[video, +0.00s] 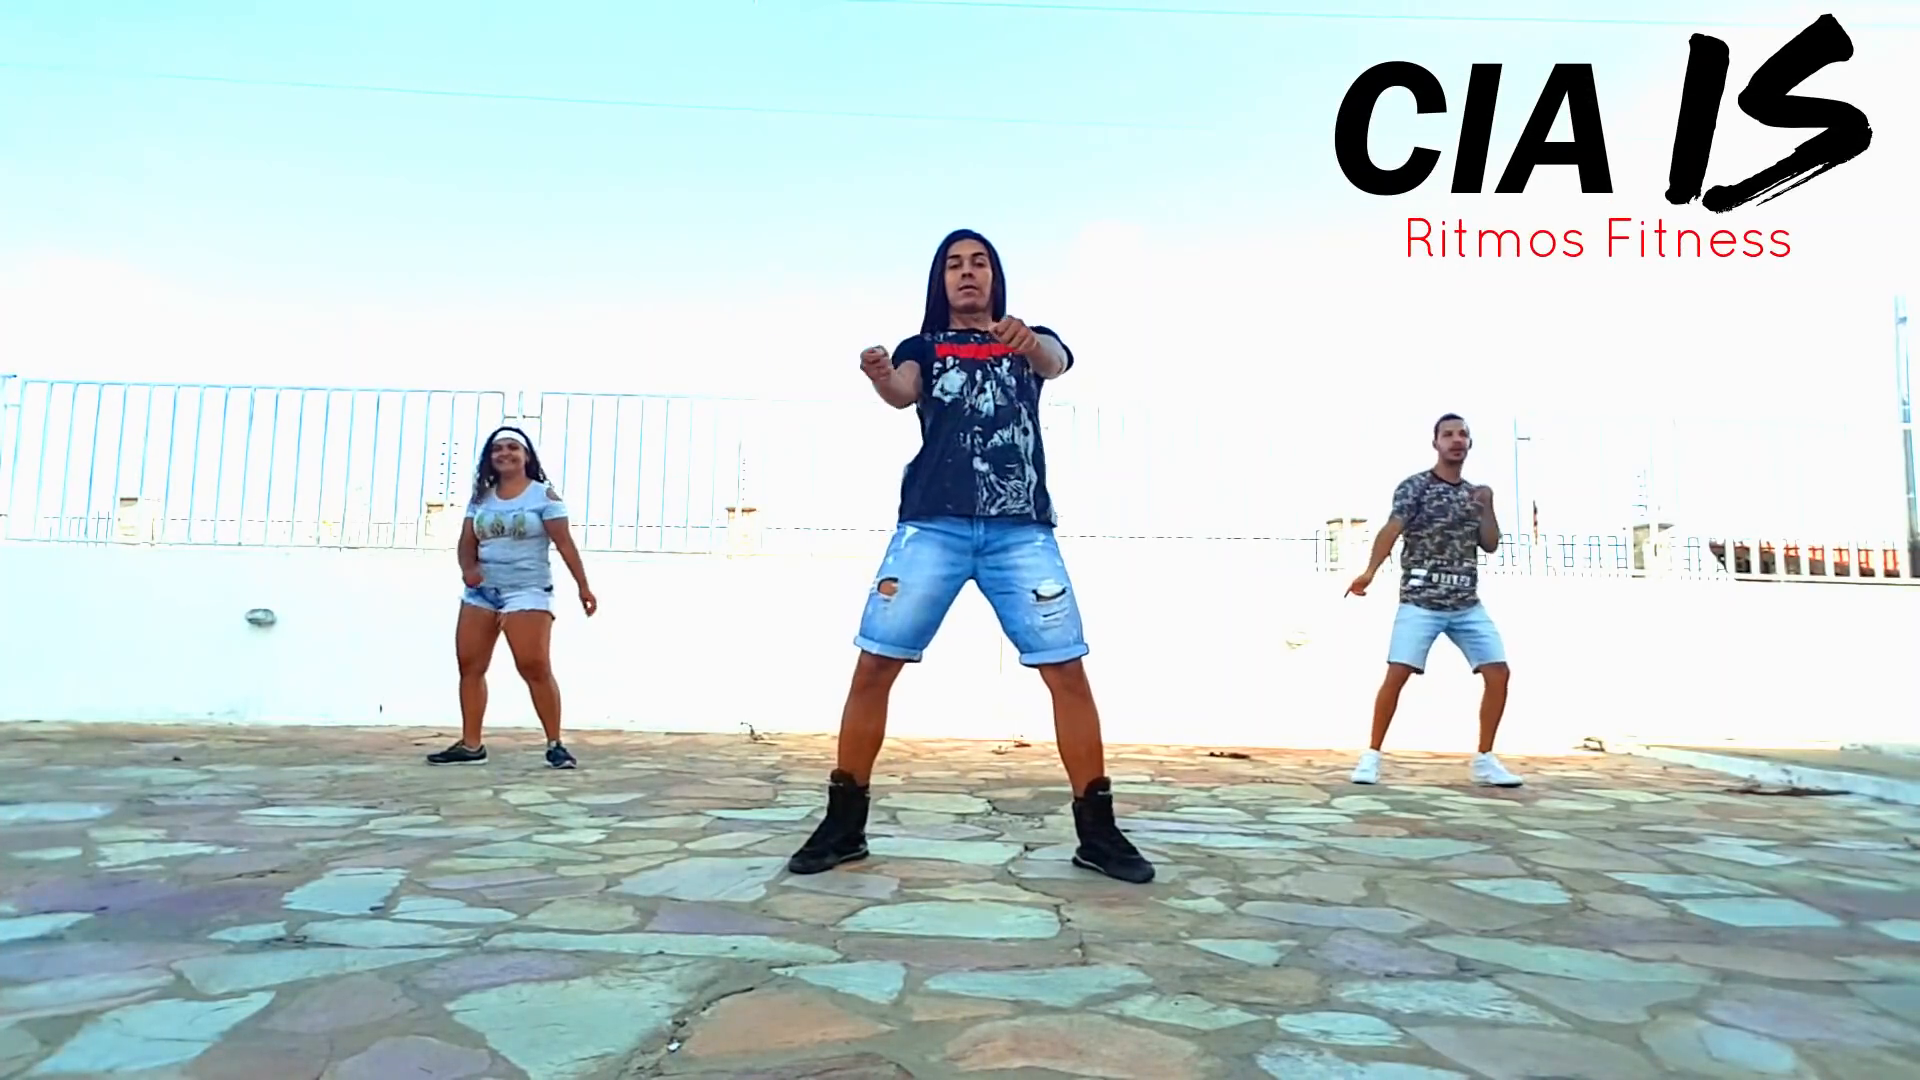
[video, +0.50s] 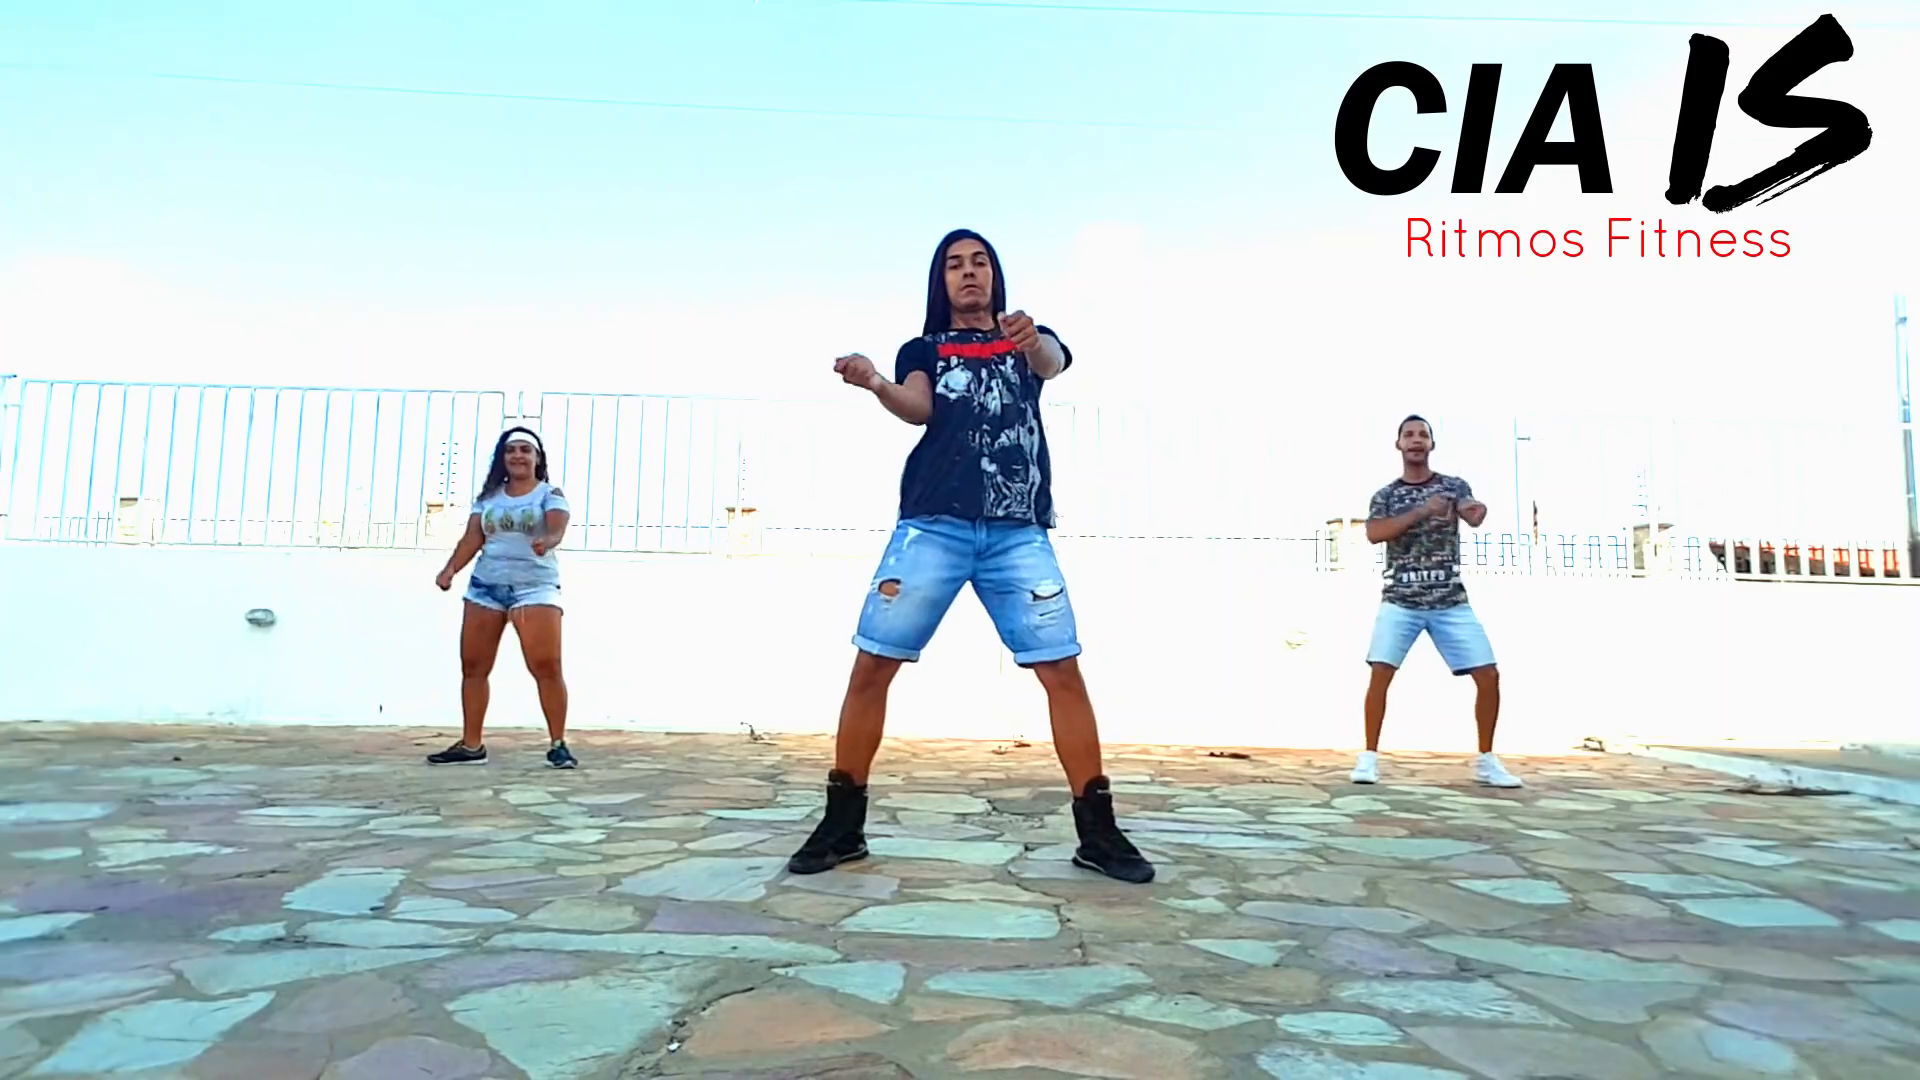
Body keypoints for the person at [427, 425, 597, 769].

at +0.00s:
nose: (505, 452)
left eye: (513, 447)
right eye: (498, 448)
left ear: (526, 456)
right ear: (490, 459)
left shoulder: (543, 494)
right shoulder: (481, 497)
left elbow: (564, 543)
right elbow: (467, 541)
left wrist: (583, 585)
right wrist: (468, 567)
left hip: (528, 590)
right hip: (481, 589)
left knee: (534, 668)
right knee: (470, 664)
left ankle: (555, 744)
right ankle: (471, 744)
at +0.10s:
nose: (508, 451)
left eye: (515, 446)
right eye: (501, 446)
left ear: (527, 456)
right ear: (490, 456)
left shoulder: (541, 492)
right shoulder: (477, 497)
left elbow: (558, 539)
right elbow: (465, 542)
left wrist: (567, 578)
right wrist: (453, 580)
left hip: (528, 587)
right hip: (480, 587)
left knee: (537, 667)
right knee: (472, 667)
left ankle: (555, 743)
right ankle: (471, 743)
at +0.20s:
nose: (510, 451)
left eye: (517, 446)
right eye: (503, 446)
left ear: (529, 455)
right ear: (492, 455)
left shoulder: (542, 493)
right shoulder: (477, 494)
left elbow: (555, 537)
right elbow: (460, 540)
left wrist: (547, 566)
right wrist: (440, 583)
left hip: (530, 590)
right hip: (480, 589)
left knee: (542, 668)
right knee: (474, 667)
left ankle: (558, 743)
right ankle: (471, 744)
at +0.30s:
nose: (512, 451)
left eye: (519, 446)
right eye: (505, 446)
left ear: (531, 455)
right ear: (494, 455)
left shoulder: (545, 493)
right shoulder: (479, 494)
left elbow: (553, 538)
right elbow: (462, 541)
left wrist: (535, 557)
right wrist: (436, 586)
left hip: (532, 590)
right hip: (481, 589)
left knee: (545, 668)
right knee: (472, 667)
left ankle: (558, 743)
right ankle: (471, 744)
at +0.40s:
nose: (514, 455)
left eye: (521, 449)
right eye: (507, 450)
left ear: (533, 458)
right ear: (497, 459)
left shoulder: (548, 496)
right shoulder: (483, 499)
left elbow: (556, 538)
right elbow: (466, 545)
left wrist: (535, 552)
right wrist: (435, 585)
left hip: (533, 590)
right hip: (482, 588)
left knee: (549, 666)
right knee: (472, 667)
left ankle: (558, 744)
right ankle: (471, 744)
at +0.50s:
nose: (519, 454)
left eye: (525, 449)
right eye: (512, 450)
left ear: (538, 458)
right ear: (501, 458)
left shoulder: (550, 494)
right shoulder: (488, 499)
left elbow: (556, 528)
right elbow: (472, 539)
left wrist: (547, 540)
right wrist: (450, 569)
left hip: (535, 586)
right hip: (486, 586)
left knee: (546, 667)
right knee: (473, 667)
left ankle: (558, 744)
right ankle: (471, 744)